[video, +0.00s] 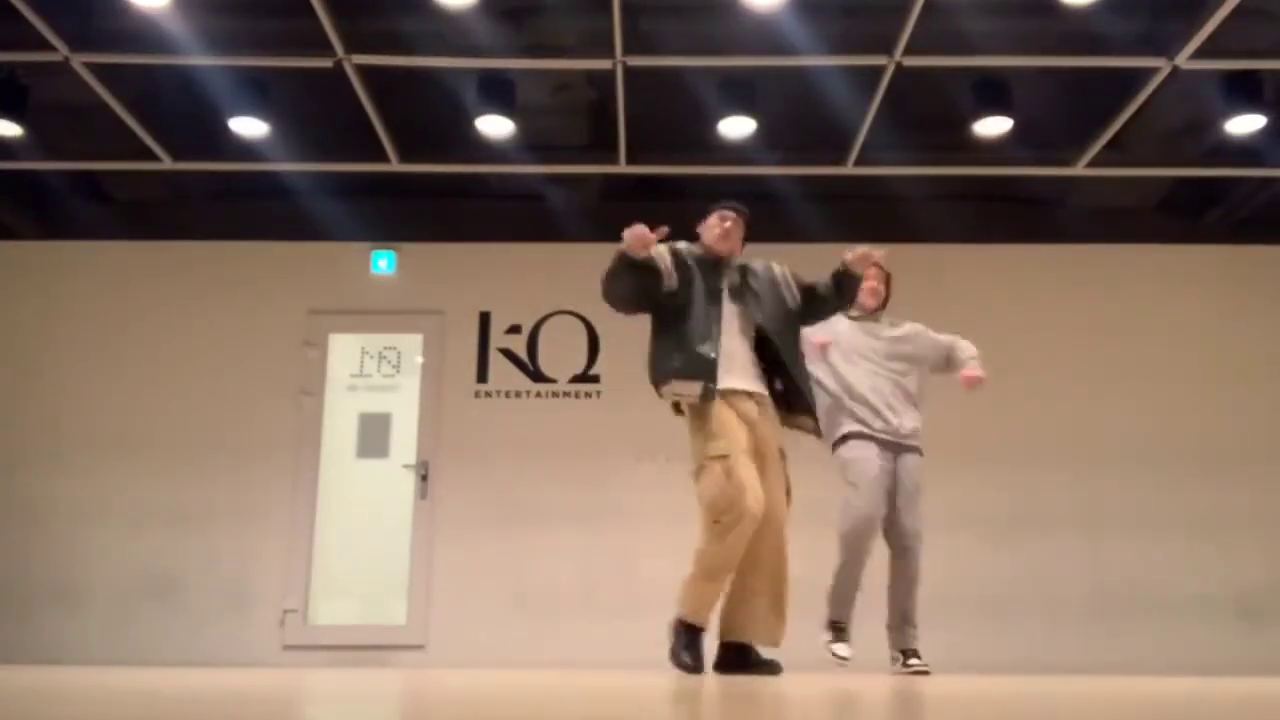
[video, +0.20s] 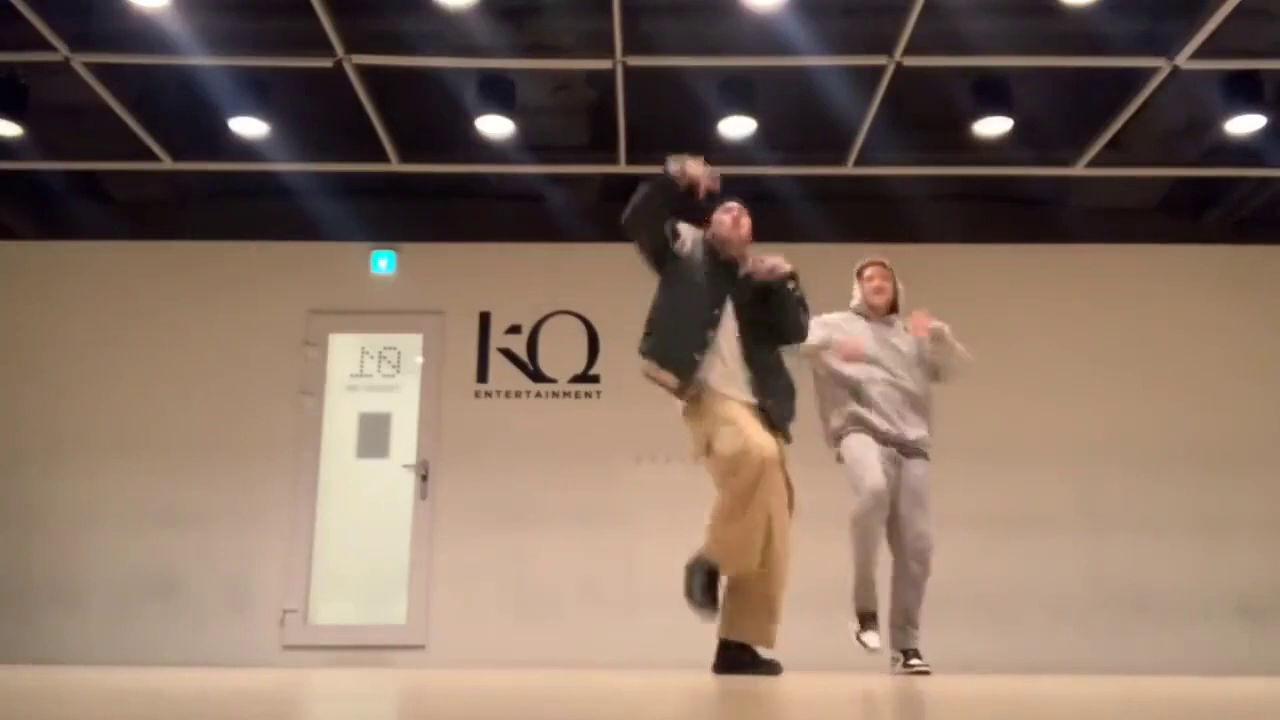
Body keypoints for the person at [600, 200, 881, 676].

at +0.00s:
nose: (727, 226)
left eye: (735, 224)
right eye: (719, 219)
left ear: (743, 240)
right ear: (701, 230)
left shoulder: (763, 277)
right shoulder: (676, 262)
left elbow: (814, 302)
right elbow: (621, 296)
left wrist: (848, 274)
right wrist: (632, 256)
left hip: (760, 402)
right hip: (712, 398)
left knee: (769, 516)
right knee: (741, 505)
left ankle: (737, 645)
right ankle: (691, 623)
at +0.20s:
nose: (735, 218)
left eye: (742, 215)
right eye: (726, 213)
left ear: (752, 231)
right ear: (708, 225)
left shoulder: (765, 277)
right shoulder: (684, 252)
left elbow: (793, 333)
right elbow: (640, 223)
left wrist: (780, 283)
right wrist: (676, 181)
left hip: (761, 408)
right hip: (711, 396)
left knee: (771, 521)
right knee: (755, 454)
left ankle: (738, 644)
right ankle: (712, 562)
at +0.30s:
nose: (733, 207)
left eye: (739, 205)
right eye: (724, 205)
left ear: (753, 225)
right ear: (710, 219)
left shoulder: (763, 267)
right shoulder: (691, 238)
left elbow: (792, 297)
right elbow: (657, 200)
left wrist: (775, 245)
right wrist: (664, 148)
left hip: (752, 392)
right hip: (695, 378)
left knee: (758, 508)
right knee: (748, 390)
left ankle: (735, 640)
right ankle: (704, 485)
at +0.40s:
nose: (732, 207)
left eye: (740, 204)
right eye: (724, 205)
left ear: (755, 224)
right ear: (709, 224)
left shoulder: (764, 262)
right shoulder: (691, 250)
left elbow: (796, 260)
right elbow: (648, 250)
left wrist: (782, 200)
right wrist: (668, 206)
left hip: (740, 391)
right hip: (691, 378)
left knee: (745, 505)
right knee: (739, 424)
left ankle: (731, 636)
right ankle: (692, 472)